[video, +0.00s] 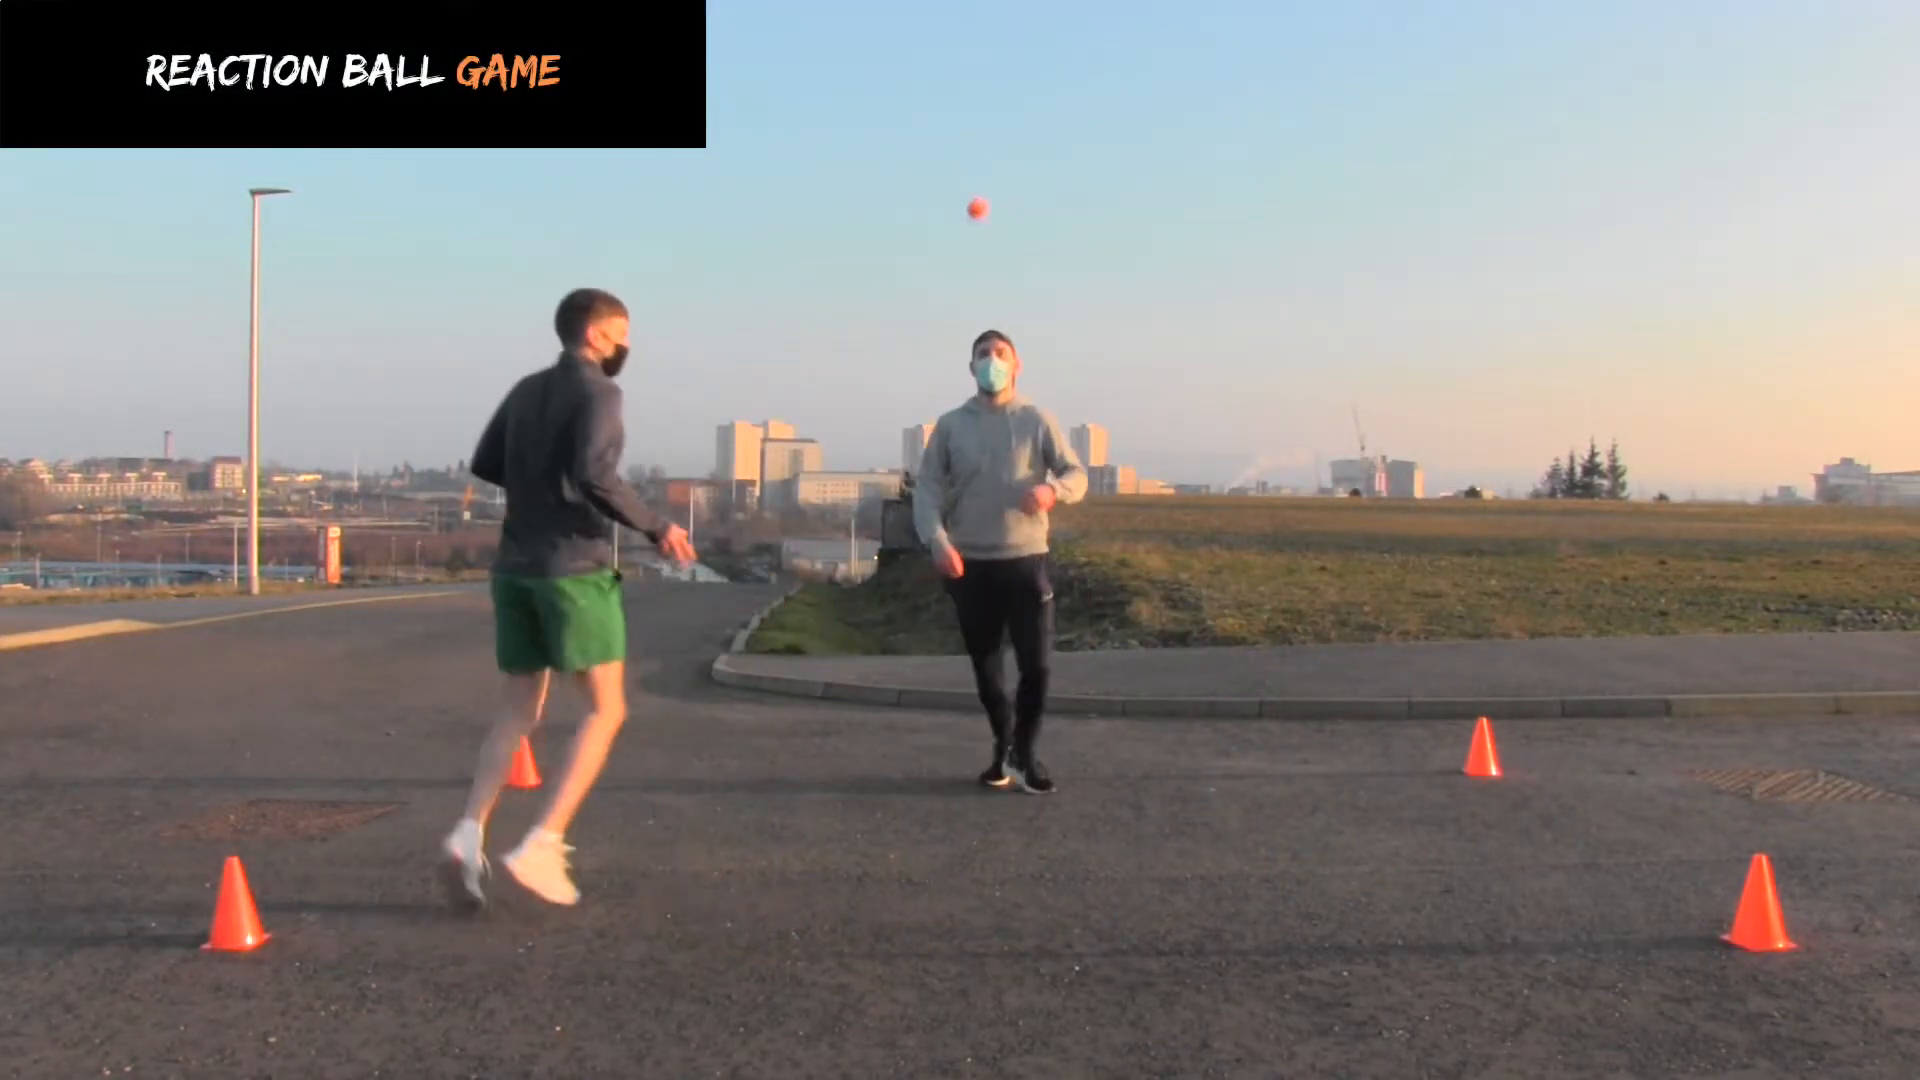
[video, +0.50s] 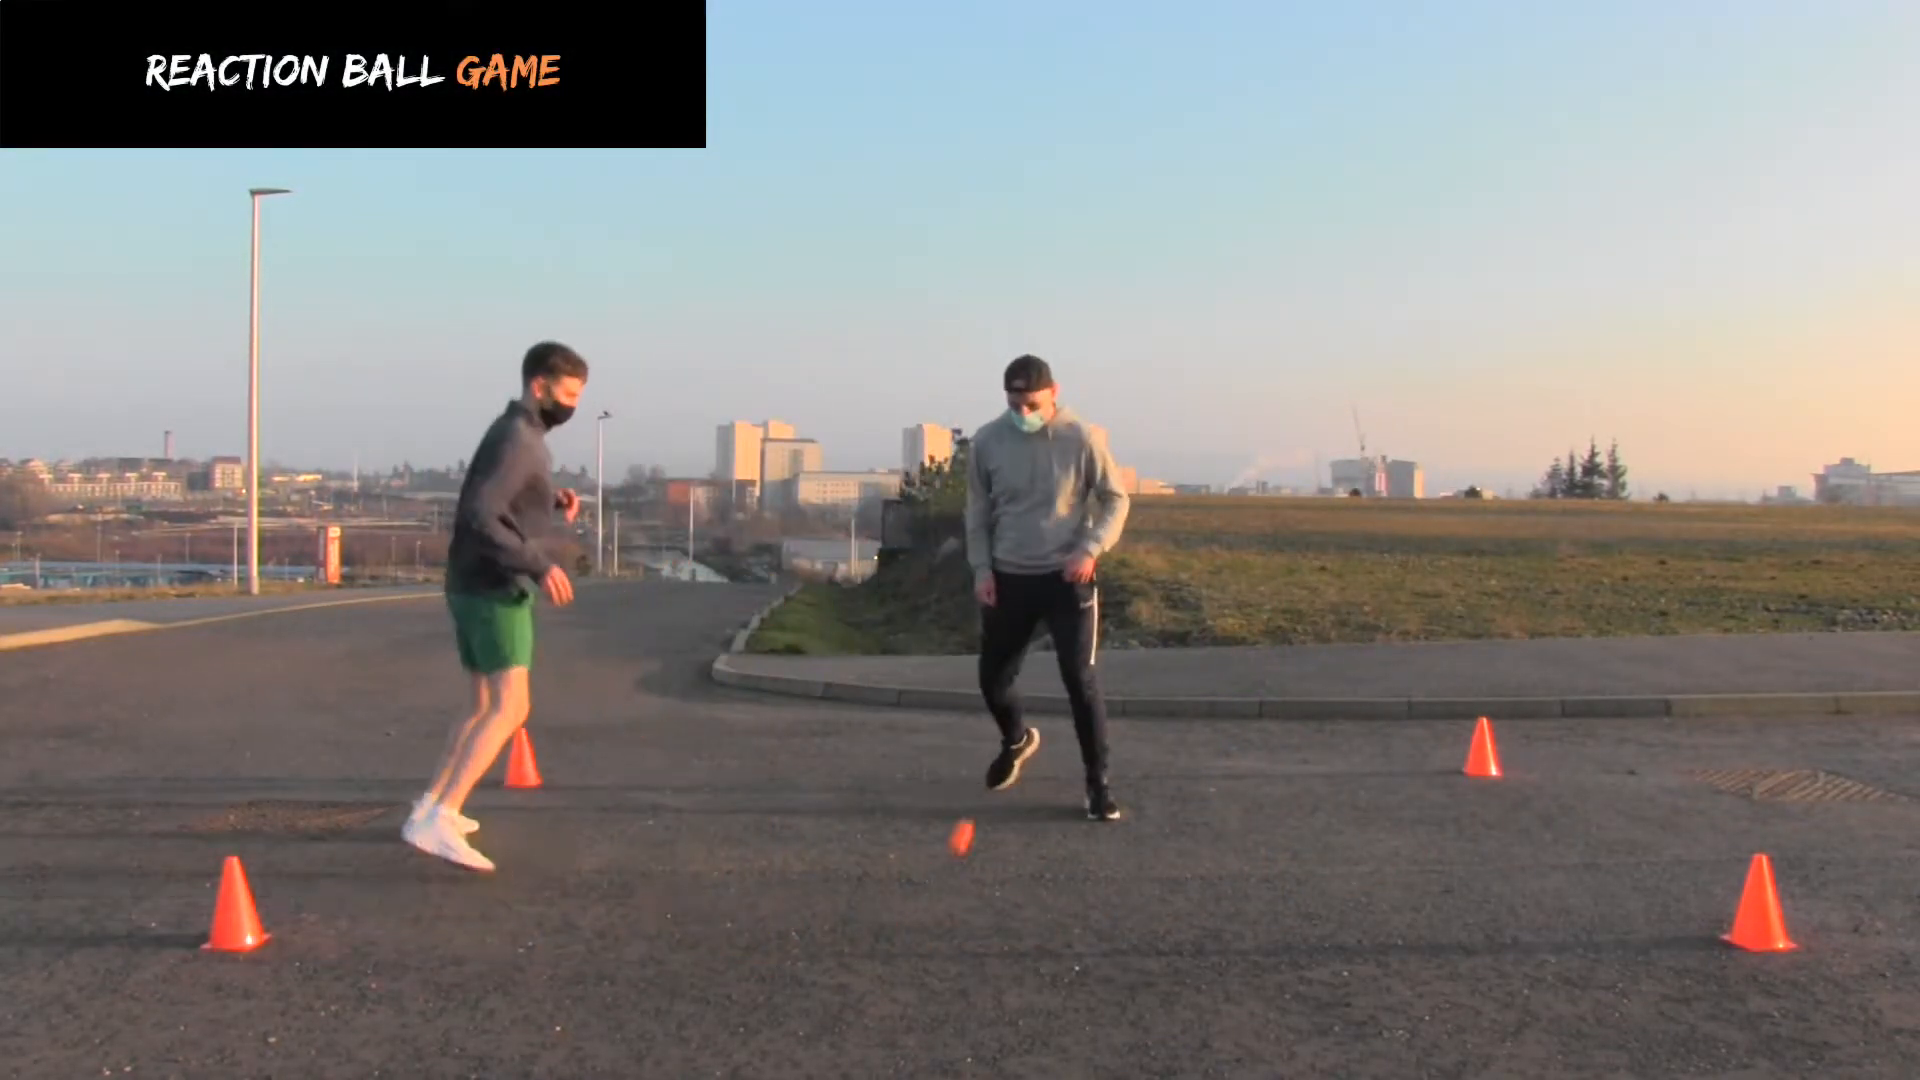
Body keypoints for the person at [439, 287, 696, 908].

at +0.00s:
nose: (627, 342)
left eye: (626, 331)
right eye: (621, 331)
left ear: (572, 332)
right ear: (594, 331)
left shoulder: (527, 389)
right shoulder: (600, 391)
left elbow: (486, 463)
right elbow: (594, 476)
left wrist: (547, 491)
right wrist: (659, 527)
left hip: (515, 570)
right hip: (576, 573)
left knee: (521, 706)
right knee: (607, 708)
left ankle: (469, 831)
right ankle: (542, 844)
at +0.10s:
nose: (605, 358)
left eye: (607, 348)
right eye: (602, 346)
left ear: (554, 340)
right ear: (576, 340)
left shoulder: (509, 390)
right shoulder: (578, 392)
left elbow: (466, 463)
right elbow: (575, 472)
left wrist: (526, 488)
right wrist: (629, 529)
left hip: (492, 568)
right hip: (546, 572)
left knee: (522, 695)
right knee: (550, 711)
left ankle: (450, 801)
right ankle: (481, 846)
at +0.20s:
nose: (594, 383)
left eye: (596, 373)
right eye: (590, 372)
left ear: (546, 369)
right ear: (562, 368)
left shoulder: (499, 420)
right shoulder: (564, 423)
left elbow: (455, 493)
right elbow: (563, 503)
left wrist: (516, 513)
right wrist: (617, 559)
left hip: (477, 588)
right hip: (524, 595)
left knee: (507, 709)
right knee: (527, 733)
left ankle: (450, 810)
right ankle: (456, 862)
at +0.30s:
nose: (582, 418)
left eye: (585, 407)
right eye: (577, 406)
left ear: (535, 402)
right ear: (547, 400)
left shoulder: (487, 450)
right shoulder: (544, 456)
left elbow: (458, 525)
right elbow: (537, 540)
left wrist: (539, 535)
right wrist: (597, 599)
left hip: (461, 605)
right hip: (501, 613)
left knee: (496, 712)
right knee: (523, 743)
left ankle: (451, 801)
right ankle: (452, 865)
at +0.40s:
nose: (575, 423)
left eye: (578, 413)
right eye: (569, 412)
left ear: (534, 407)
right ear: (538, 404)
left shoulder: (494, 451)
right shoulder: (525, 460)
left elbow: (487, 525)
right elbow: (507, 545)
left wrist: (547, 522)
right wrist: (571, 596)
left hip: (466, 605)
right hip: (496, 611)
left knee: (490, 721)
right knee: (507, 736)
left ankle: (436, 808)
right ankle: (453, 857)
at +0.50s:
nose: (576, 402)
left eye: (579, 393)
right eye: (571, 391)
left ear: (542, 387)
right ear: (539, 384)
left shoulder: (518, 430)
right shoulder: (518, 438)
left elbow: (505, 498)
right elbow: (481, 513)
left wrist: (549, 500)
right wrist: (539, 565)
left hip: (477, 585)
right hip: (495, 588)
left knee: (487, 705)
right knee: (512, 704)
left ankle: (433, 807)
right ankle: (441, 816)